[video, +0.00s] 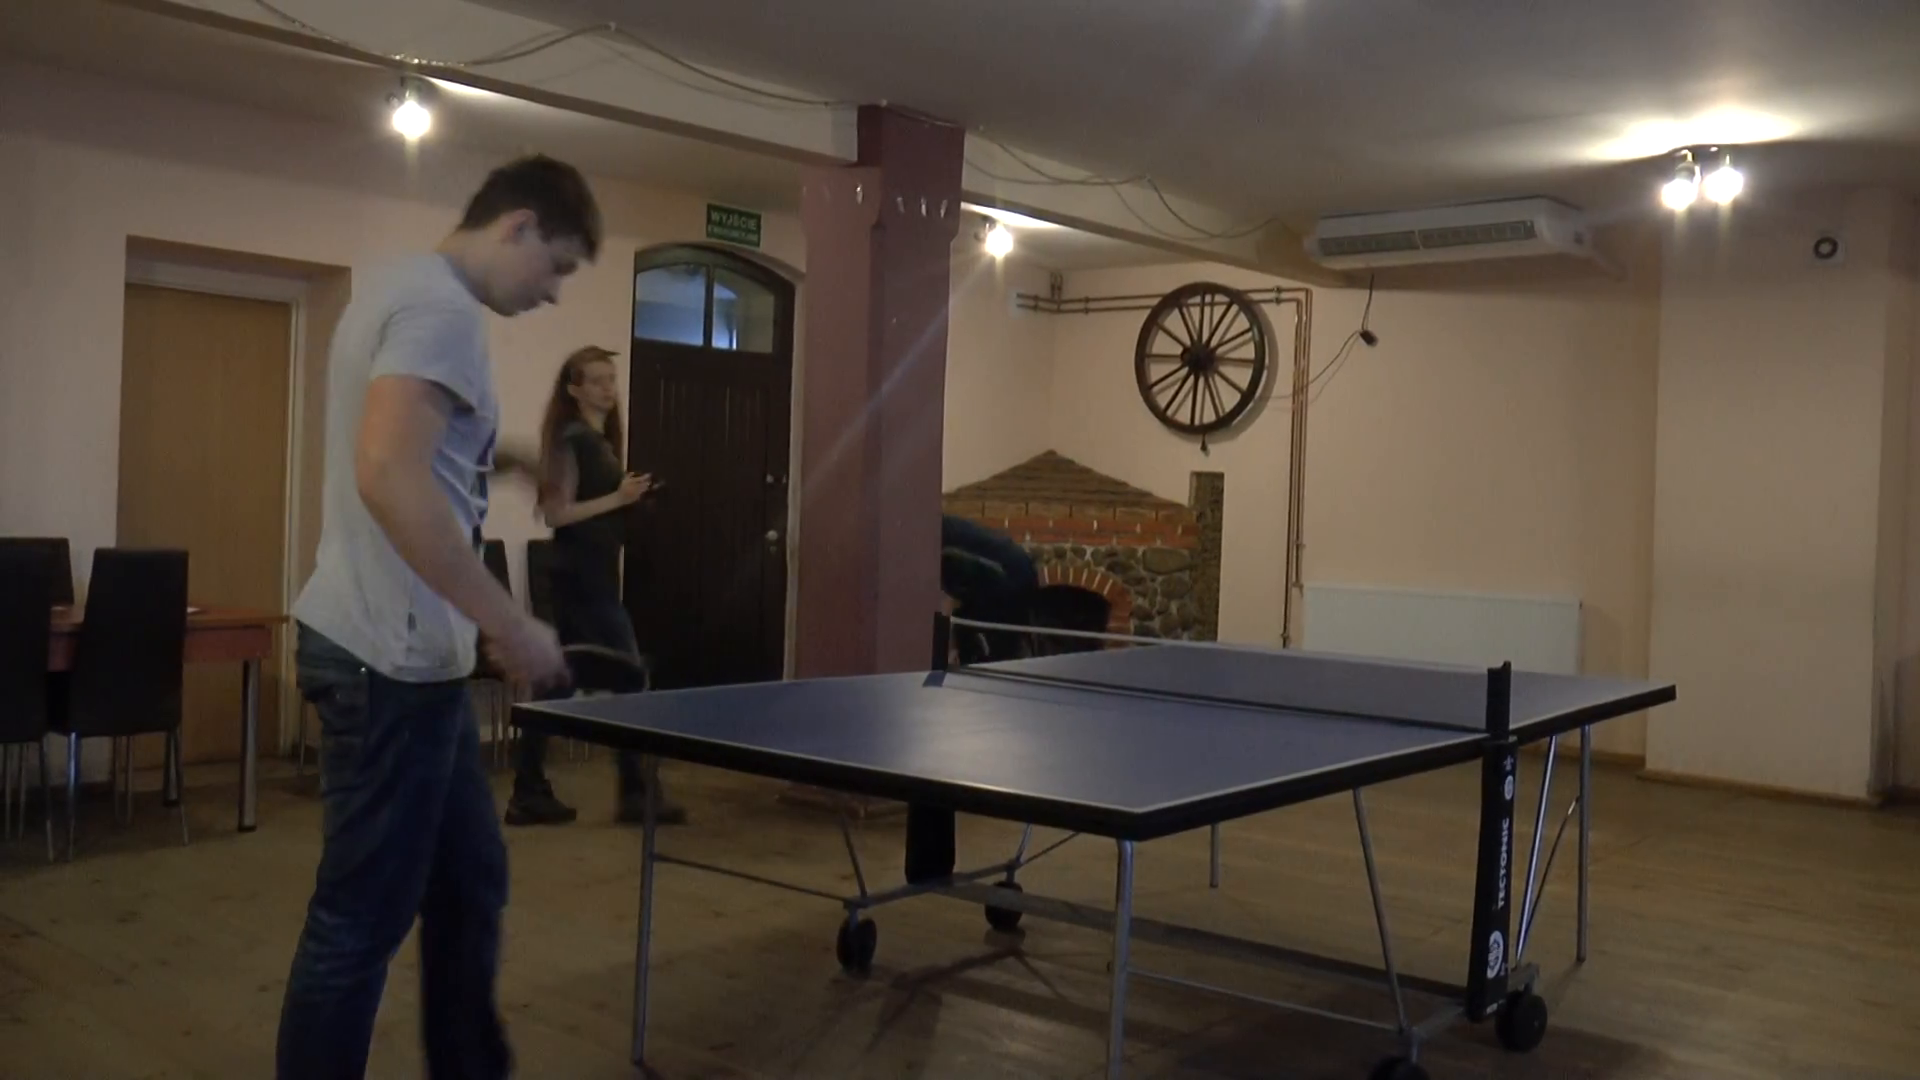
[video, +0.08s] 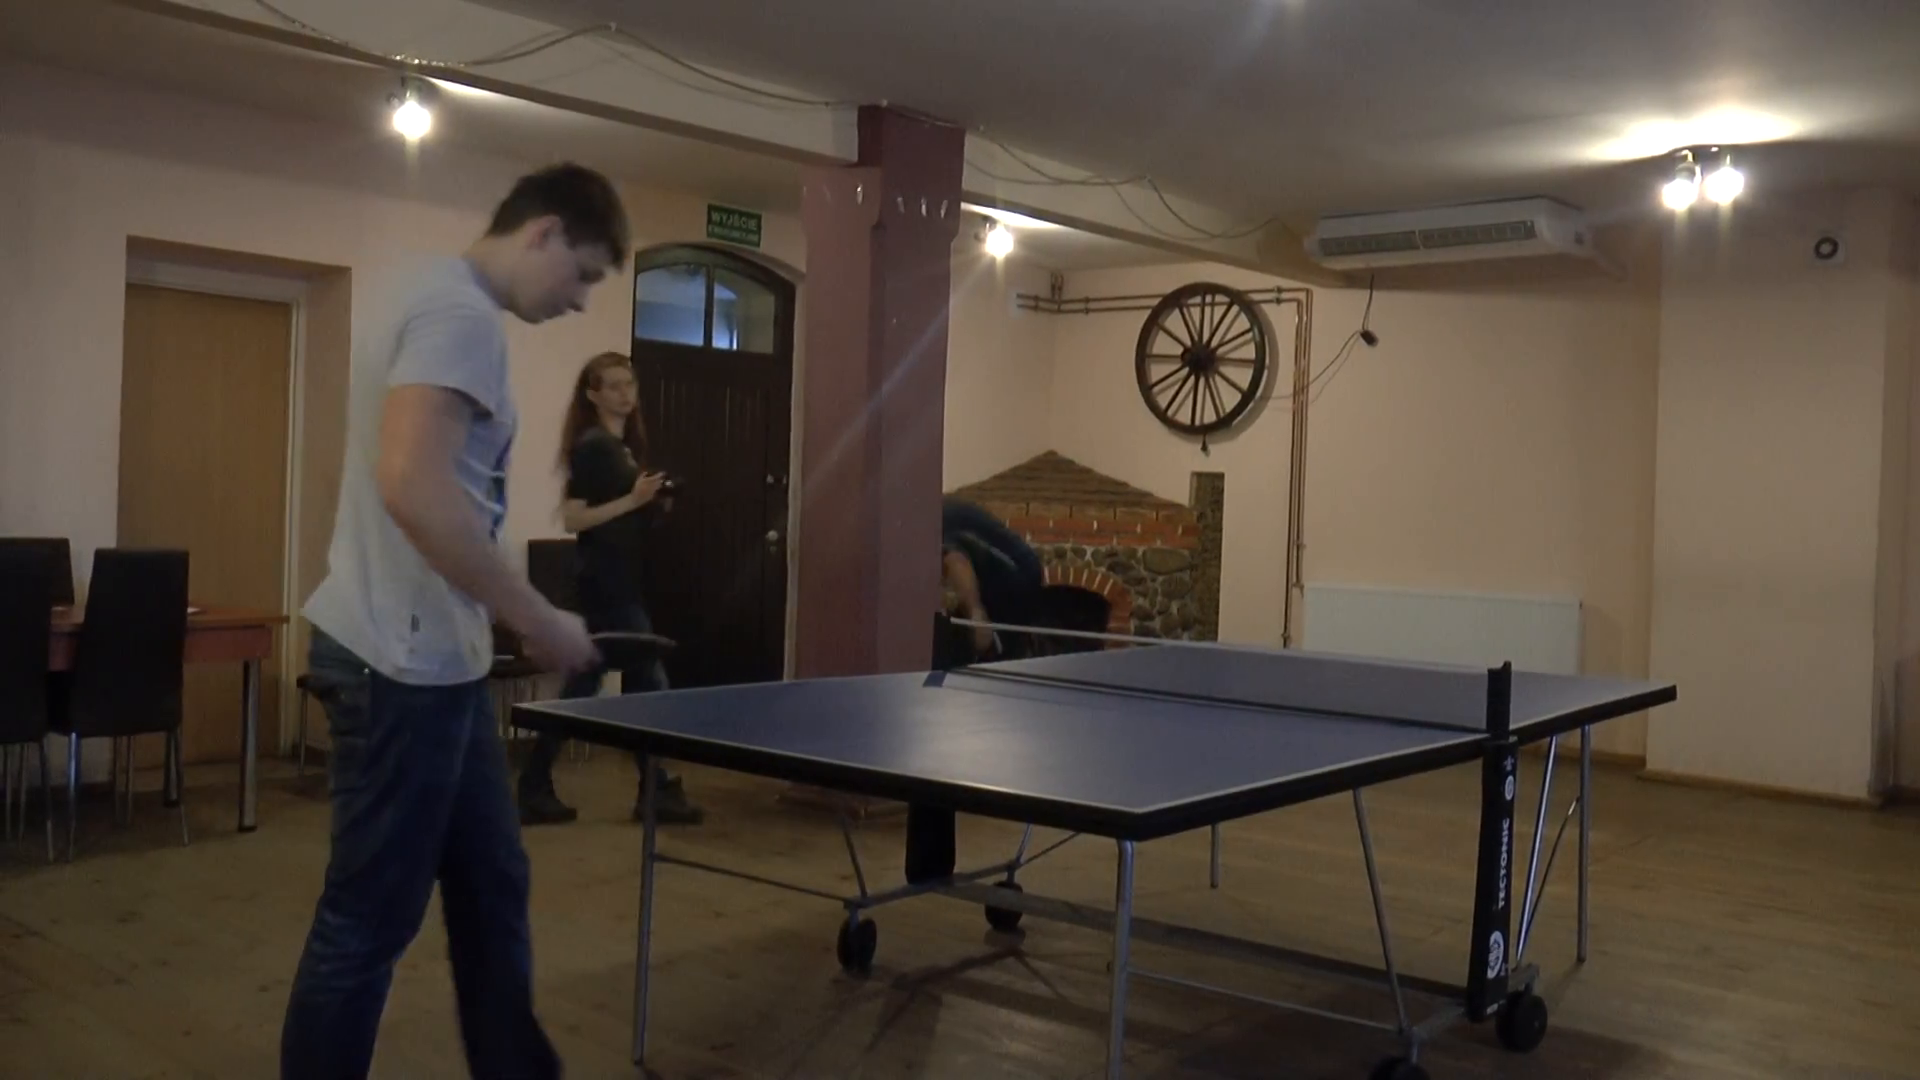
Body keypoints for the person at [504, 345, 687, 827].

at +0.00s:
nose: (609, 388)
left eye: (612, 380)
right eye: (599, 381)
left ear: (613, 387)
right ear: (574, 388)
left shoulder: (598, 437)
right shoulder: (568, 439)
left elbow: (587, 501)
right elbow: (555, 513)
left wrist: (625, 492)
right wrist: (617, 497)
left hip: (593, 572)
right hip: (579, 577)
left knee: (551, 676)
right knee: (629, 675)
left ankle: (529, 788)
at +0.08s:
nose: (626, 393)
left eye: (630, 385)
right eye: (615, 386)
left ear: (635, 391)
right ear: (593, 393)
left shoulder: (622, 445)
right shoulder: (591, 446)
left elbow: (611, 506)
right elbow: (571, 517)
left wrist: (648, 494)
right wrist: (632, 499)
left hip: (620, 575)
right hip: (603, 579)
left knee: (581, 683)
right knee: (648, 680)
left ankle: (535, 781)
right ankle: (657, 785)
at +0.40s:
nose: (681, 395)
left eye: (687, 387)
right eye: (671, 387)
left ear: (695, 394)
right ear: (652, 392)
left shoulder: (698, 445)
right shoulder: (640, 444)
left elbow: (726, 516)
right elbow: (636, 514)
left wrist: (717, 474)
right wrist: (679, 475)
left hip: (696, 578)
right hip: (657, 579)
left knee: (726, 677)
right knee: (669, 684)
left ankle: (684, 778)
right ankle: (663, 787)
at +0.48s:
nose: (689, 394)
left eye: (696, 387)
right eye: (680, 386)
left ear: (707, 394)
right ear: (663, 392)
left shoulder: (713, 445)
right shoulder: (652, 443)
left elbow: (742, 514)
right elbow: (646, 512)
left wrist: (729, 472)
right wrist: (686, 467)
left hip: (708, 580)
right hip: (663, 579)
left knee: (733, 680)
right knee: (667, 684)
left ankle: (723, 779)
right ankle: (652, 784)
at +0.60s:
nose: (704, 395)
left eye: (711, 388)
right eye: (696, 387)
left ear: (723, 394)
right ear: (681, 393)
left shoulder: (728, 444)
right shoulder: (668, 443)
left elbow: (761, 510)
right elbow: (658, 509)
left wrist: (738, 462)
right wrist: (693, 461)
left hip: (729, 577)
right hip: (681, 577)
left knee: (741, 680)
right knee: (683, 683)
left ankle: (740, 778)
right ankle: (670, 785)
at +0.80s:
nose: (728, 394)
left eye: (733, 387)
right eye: (723, 386)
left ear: (743, 394)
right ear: (711, 391)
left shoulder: (757, 440)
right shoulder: (697, 436)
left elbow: (774, 500)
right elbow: (687, 491)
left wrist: (749, 451)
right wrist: (715, 449)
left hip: (745, 552)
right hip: (702, 548)